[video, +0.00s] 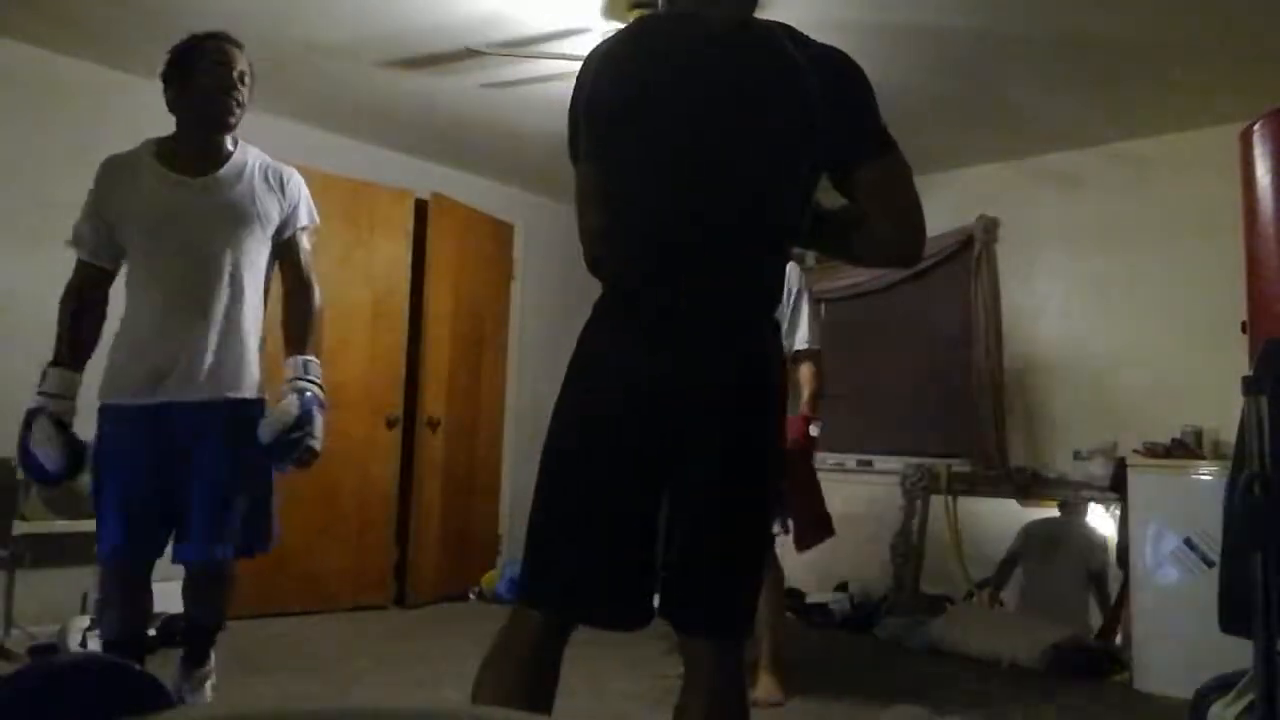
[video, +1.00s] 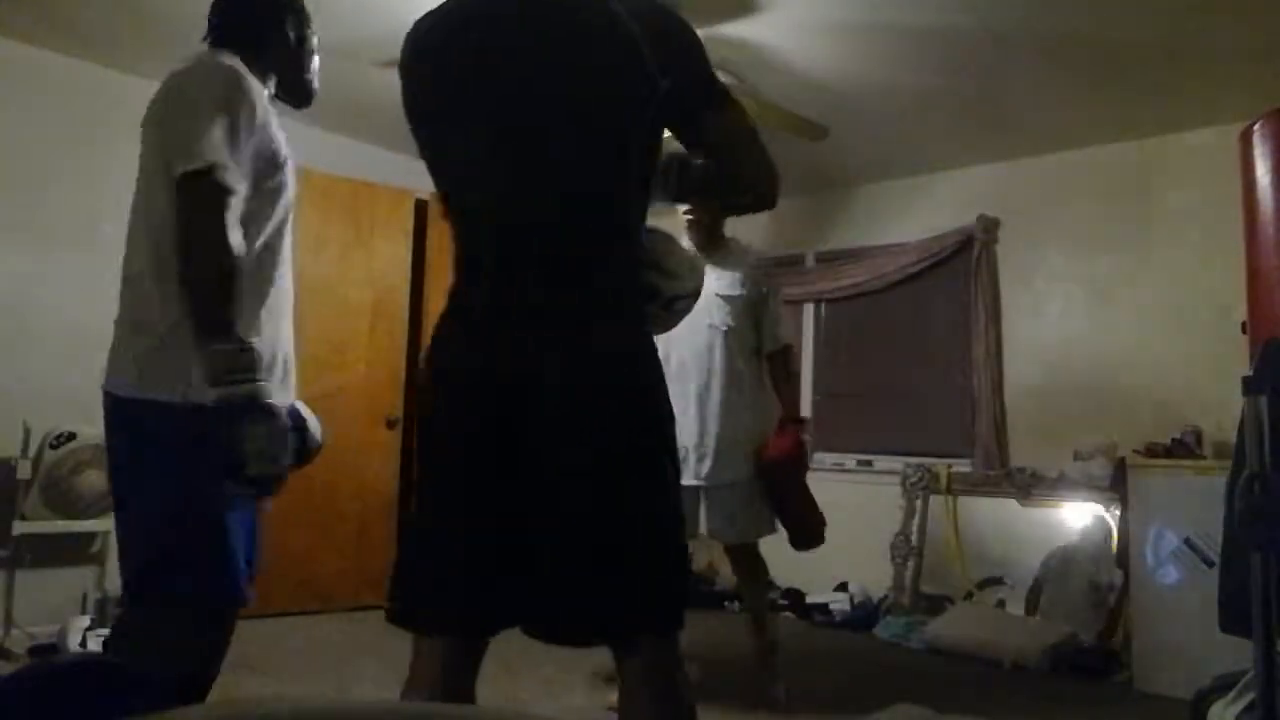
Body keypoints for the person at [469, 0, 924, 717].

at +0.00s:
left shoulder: (608, 64)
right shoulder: (818, 72)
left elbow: (602, 251)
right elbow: (899, 238)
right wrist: (790, 214)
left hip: (617, 355)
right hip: (736, 361)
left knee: (542, 609)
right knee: (715, 643)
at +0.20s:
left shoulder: (596, 59)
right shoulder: (807, 69)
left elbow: (591, 241)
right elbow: (883, 242)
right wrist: (783, 204)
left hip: (609, 353)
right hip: (729, 361)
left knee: (536, 610)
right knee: (712, 645)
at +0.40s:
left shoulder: (560, 46)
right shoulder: (773, 66)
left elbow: (571, 231)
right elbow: (851, 232)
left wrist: (724, 278)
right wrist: (741, 194)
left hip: (578, 360)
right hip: (702, 364)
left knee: (518, 630)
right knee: (698, 649)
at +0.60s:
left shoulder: (517, 37)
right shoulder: (727, 50)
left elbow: (545, 207)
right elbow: (814, 206)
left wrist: (721, 248)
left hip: (543, 354)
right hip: (666, 361)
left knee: (490, 636)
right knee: (679, 647)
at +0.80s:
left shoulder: (467, 35)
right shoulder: (674, 28)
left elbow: (516, 191)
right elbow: (774, 189)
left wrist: (662, 241)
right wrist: (675, 196)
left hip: (507, 354)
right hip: (634, 359)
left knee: (465, 644)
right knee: (661, 650)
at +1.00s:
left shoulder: (431, 38)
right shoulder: (643, 25)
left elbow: (474, 193)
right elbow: (752, 182)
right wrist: (648, 167)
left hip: (475, 353)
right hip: (604, 359)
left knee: (444, 647)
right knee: (646, 651)